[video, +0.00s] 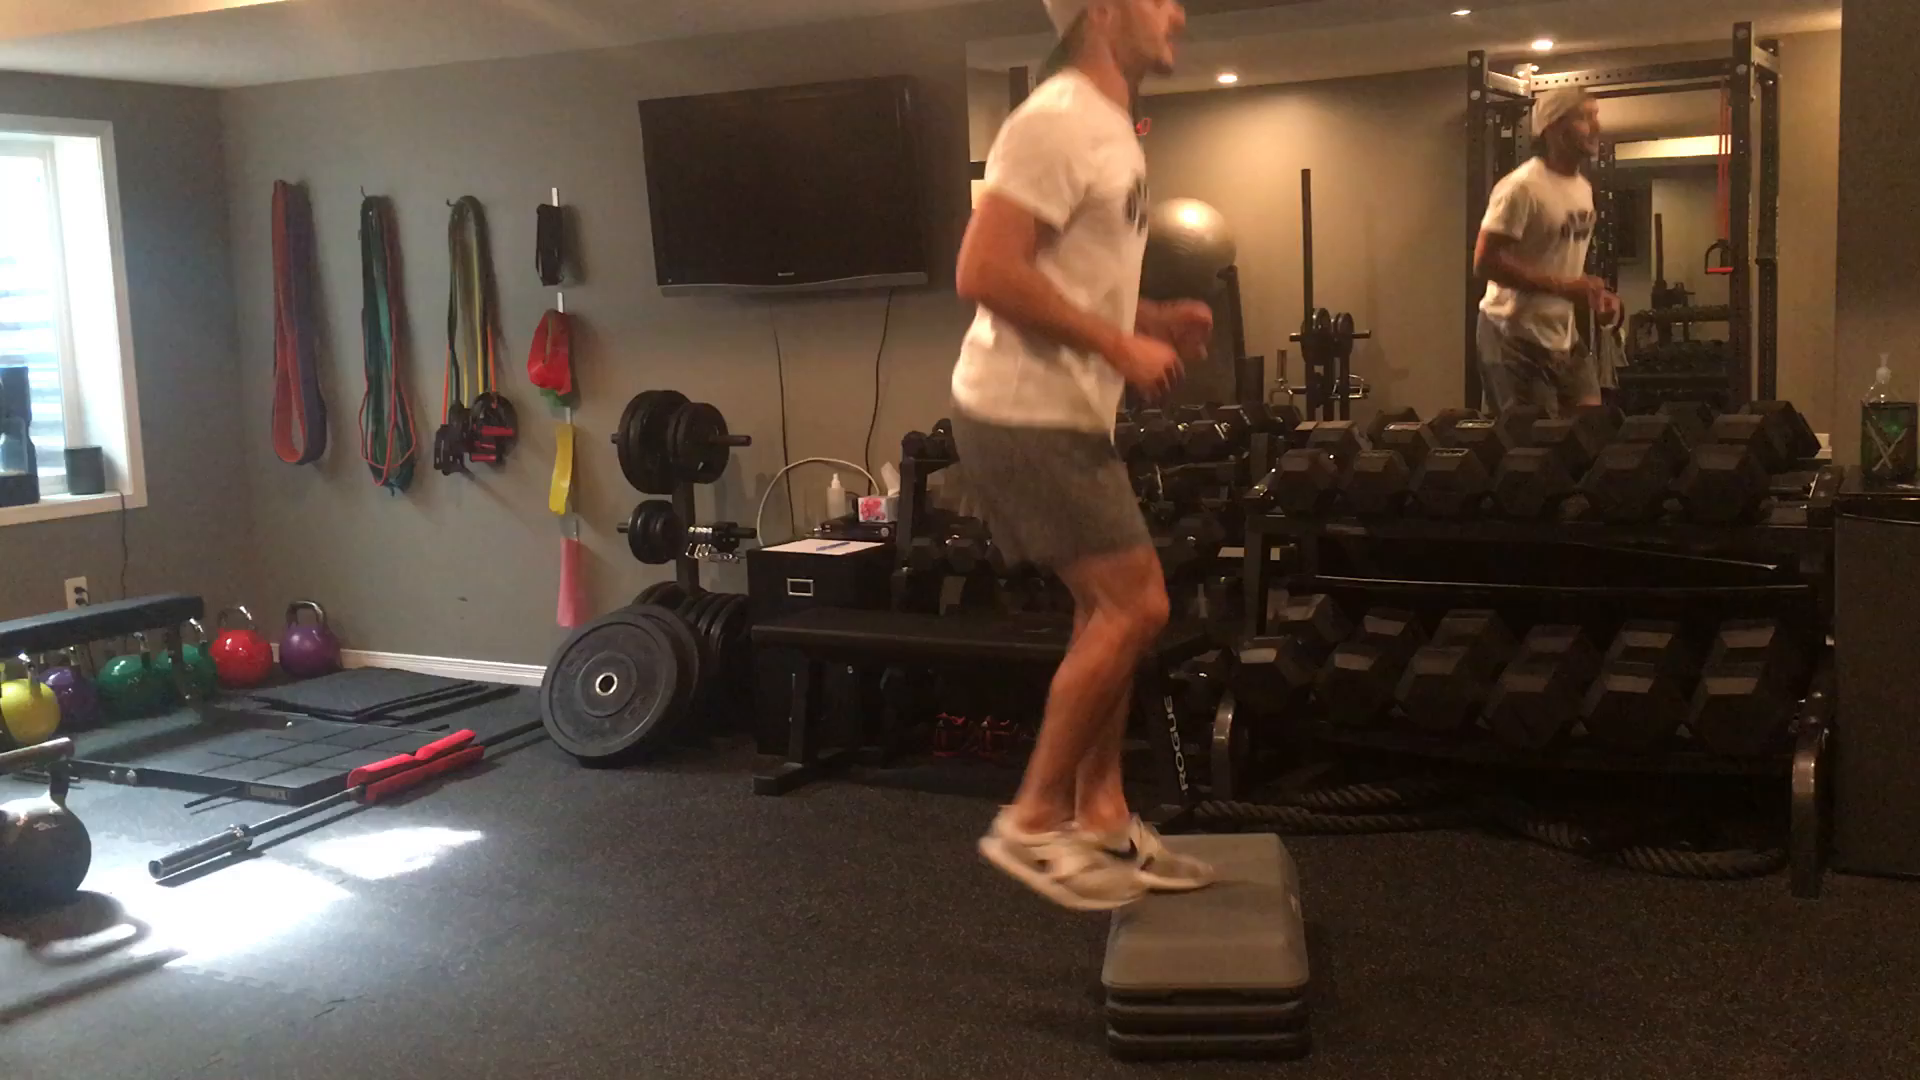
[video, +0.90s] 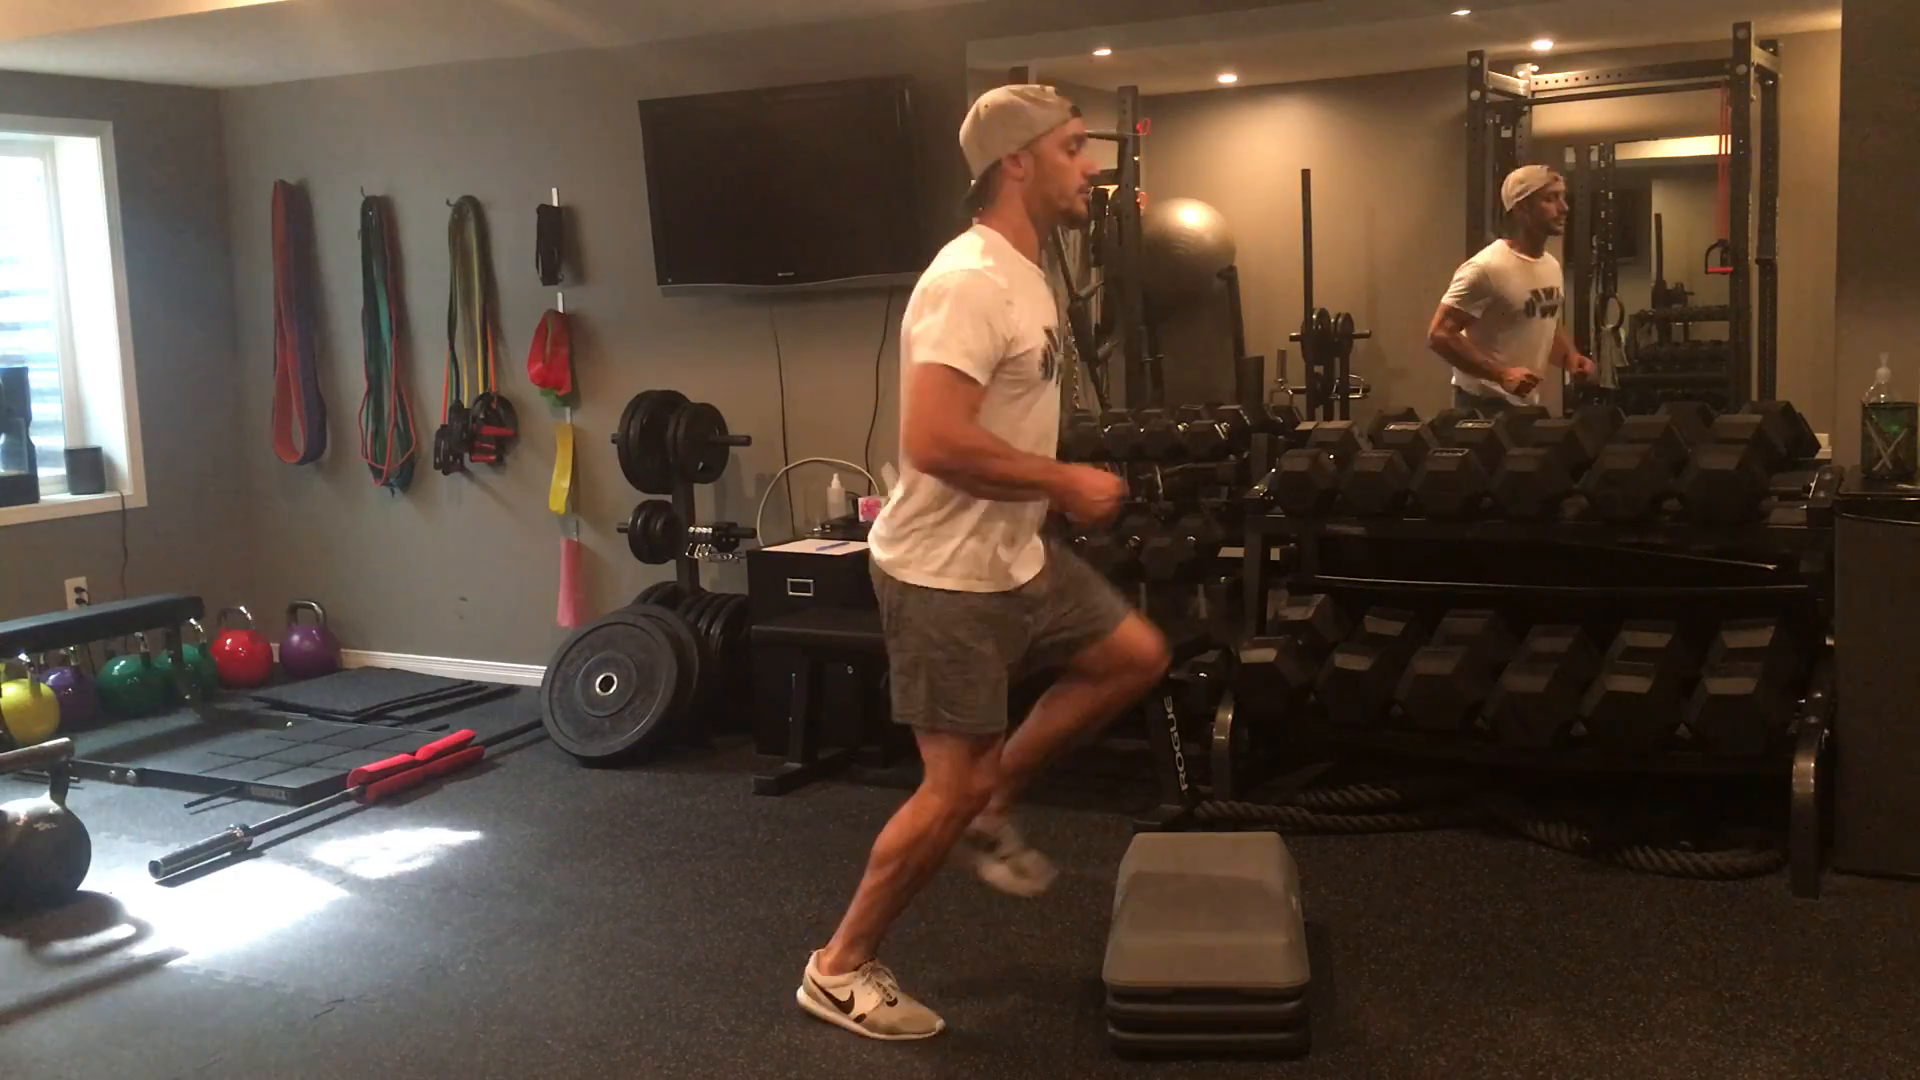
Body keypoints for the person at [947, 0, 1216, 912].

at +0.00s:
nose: (1178, 16)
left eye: (1174, 3)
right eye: (1163, 1)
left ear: (1116, 17)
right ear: (1107, 11)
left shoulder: (1108, 124)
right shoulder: (1056, 117)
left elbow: (1053, 278)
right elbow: (984, 270)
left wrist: (1144, 321)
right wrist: (1118, 344)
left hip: (1061, 406)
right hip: (1025, 410)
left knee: (1112, 609)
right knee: (1134, 604)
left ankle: (1101, 819)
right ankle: (1031, 821)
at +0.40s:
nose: (1148, 42)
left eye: (1145, 24)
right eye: (1129, 23)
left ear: (1080, 40)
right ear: (1068, 35)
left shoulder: (1074, 147)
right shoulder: (1020, 139)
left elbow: (1023, 298)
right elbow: (962, 294)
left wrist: (1092, 382)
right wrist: (1103, 355)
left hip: (1024, 428)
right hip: (1013, 431)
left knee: (1019, 632)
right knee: (1115, 623)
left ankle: (978, 847)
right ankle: (1088, 857)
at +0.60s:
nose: (1117, 169)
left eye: (1116, 151)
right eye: (1101, 151)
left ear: (1054, 165)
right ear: (1044, 162)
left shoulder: (1039, 262)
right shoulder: (982, 258)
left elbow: (990, 406)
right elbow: (888, 384)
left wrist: (1053, 478)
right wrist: (1021, 462)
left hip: (969, 534)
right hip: (967, 537)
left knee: (997, 726)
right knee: (1144, 659)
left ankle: (926, 923)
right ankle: (990, 834)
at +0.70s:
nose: (1107, 147)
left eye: (1104, 132)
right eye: (1090, 131)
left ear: (1049, 146)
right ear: (1035, 143)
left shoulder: (1036, 250)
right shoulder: (978, 238)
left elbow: (973, 402)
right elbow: (882, 372)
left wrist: (1050, 449)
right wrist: (1002, 461)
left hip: (987, 526)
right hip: (950, 526)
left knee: (994, 720)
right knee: (1083, 708)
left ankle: (936, 914)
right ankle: (913, 873)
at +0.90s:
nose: (1094, 163)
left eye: (1089, 146)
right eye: (1075, 148)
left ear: (1026, 168)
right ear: (1019, 165)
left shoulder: (1023, 274)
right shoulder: (969, 277)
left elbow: (984, 427)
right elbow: (931, 441)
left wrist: (1048, 500)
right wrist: (1061, 479)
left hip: (1015, 552)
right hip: (942, 567)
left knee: (1132, 655)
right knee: (962, 783)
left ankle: (986, 798)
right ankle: (839, 966)